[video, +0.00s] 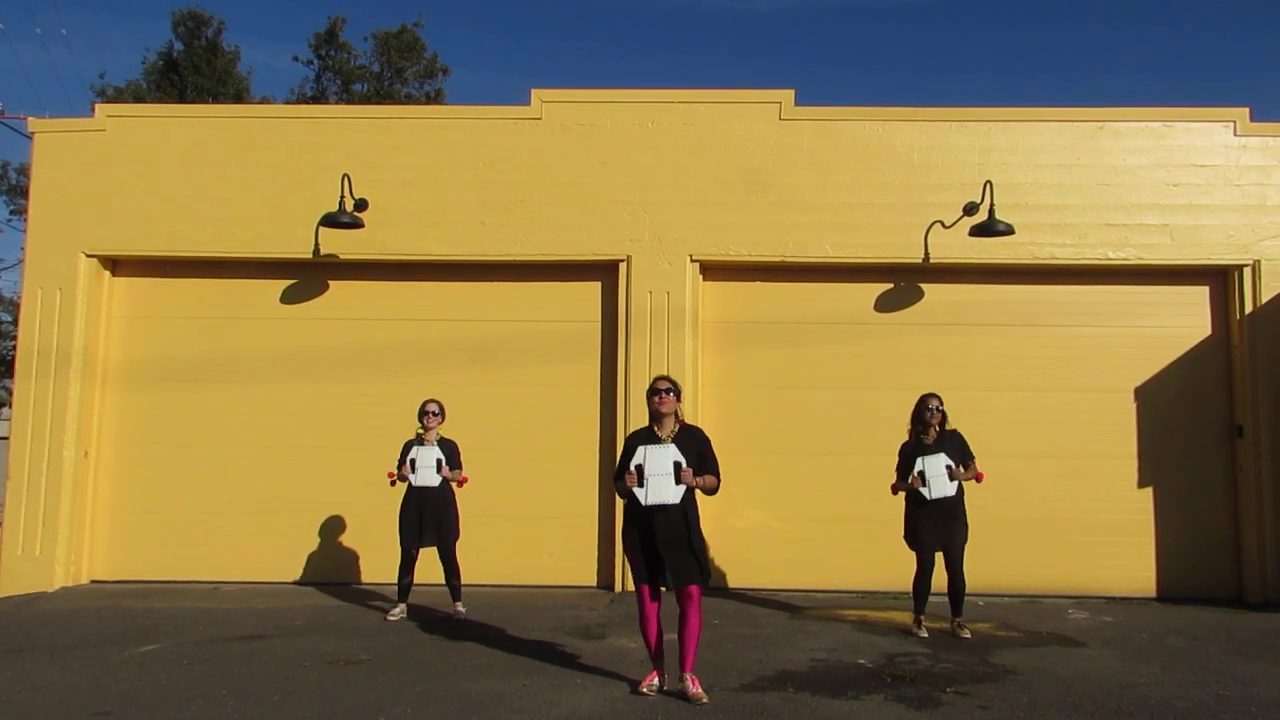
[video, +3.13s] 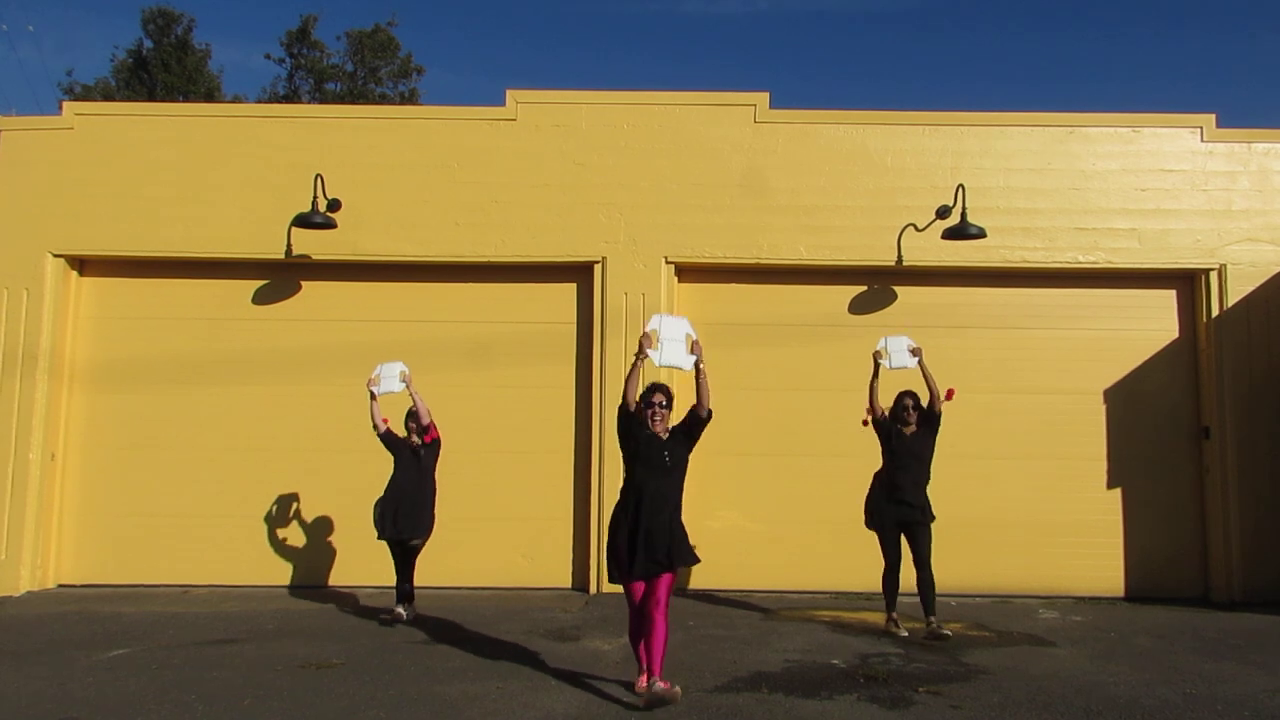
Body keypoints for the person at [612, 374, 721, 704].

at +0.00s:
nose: (661, 397)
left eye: (667, 393)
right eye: (655, 393)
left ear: (678, 400)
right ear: (648, 400)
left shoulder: (695, 437)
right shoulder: (636, 440)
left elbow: (713, 483)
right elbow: (619, 485)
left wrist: (695, 480)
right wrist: (626, 483)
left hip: (682, 530)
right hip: (641, 532)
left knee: (691, 598)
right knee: (648, 600)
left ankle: (687, 675)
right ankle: (657, 672)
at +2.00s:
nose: (647, 397)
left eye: (654, 392)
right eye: (642, 392)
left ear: (664, 399)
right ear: (634, 398)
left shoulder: (677, 436)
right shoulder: (618, 436)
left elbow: (695, 481)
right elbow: (598, 474)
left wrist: (672, 483)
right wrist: (602, 483)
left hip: (667, 528)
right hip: (628, 530)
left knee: (667, 591)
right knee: (633, 603)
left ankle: (655, 668)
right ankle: (641, 666)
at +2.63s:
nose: (643, 390)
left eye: (650, 386)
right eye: (638, 386)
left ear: (660, 397)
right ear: (631, 395)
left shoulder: (675, 433)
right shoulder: (620, 429)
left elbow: (692, 478)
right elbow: (606, 470)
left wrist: (702, 502)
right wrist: (643, 493)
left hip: (668, 528)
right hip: (632, 528)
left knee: (661, 598)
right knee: (637, 599)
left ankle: (659, 674)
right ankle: (643, 670)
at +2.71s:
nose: (642, 391)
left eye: (648, 387)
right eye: (637, 387)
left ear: (658, 395)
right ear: (630, 396)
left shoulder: (673, 434)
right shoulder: (620, 427)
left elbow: (691, 472)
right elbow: (627, 459)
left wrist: (721, 481)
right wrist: (672, 465)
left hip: (667, 525)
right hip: (631, 524)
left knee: (660, 598)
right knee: (637, 599)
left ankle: (658, 674)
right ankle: (642, 669)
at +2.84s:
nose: (641, 394)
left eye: (647, 390)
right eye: (635, 390)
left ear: (657, 398)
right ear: (629, 398)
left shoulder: (671, 436)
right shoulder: (620, 425)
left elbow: (707, 464)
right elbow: (644, 432)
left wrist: (739, 449)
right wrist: (692, 427)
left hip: (668, 526)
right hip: (632, 525)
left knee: (662, 600)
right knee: (638, 600)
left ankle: (659, 675)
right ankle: (643, 670)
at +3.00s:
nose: (643, 392)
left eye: (649, 388)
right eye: (637, 388)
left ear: (660, 394)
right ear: (629, 396)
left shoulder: (675, 431)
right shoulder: (623, 426)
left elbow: (718, 435)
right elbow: (645, 403)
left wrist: (739, 399)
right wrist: (686, 380)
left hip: (667, 525)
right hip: (630, 525)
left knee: (662, 601)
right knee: (636, 606)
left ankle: (654, 673)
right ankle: (646, 663)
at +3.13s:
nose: (657, 411)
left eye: (663, 406)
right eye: (652, 405)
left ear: (671, 411)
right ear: (641, 409)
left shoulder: (681, 440)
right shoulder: (632, 436)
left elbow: (703, 410)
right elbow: (629, 402)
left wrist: (699, 363)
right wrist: (640, 357)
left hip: (666, 530)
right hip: (630, 529)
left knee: (659, 603)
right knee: (638, 604)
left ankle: (656, 678)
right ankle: (644, 672)